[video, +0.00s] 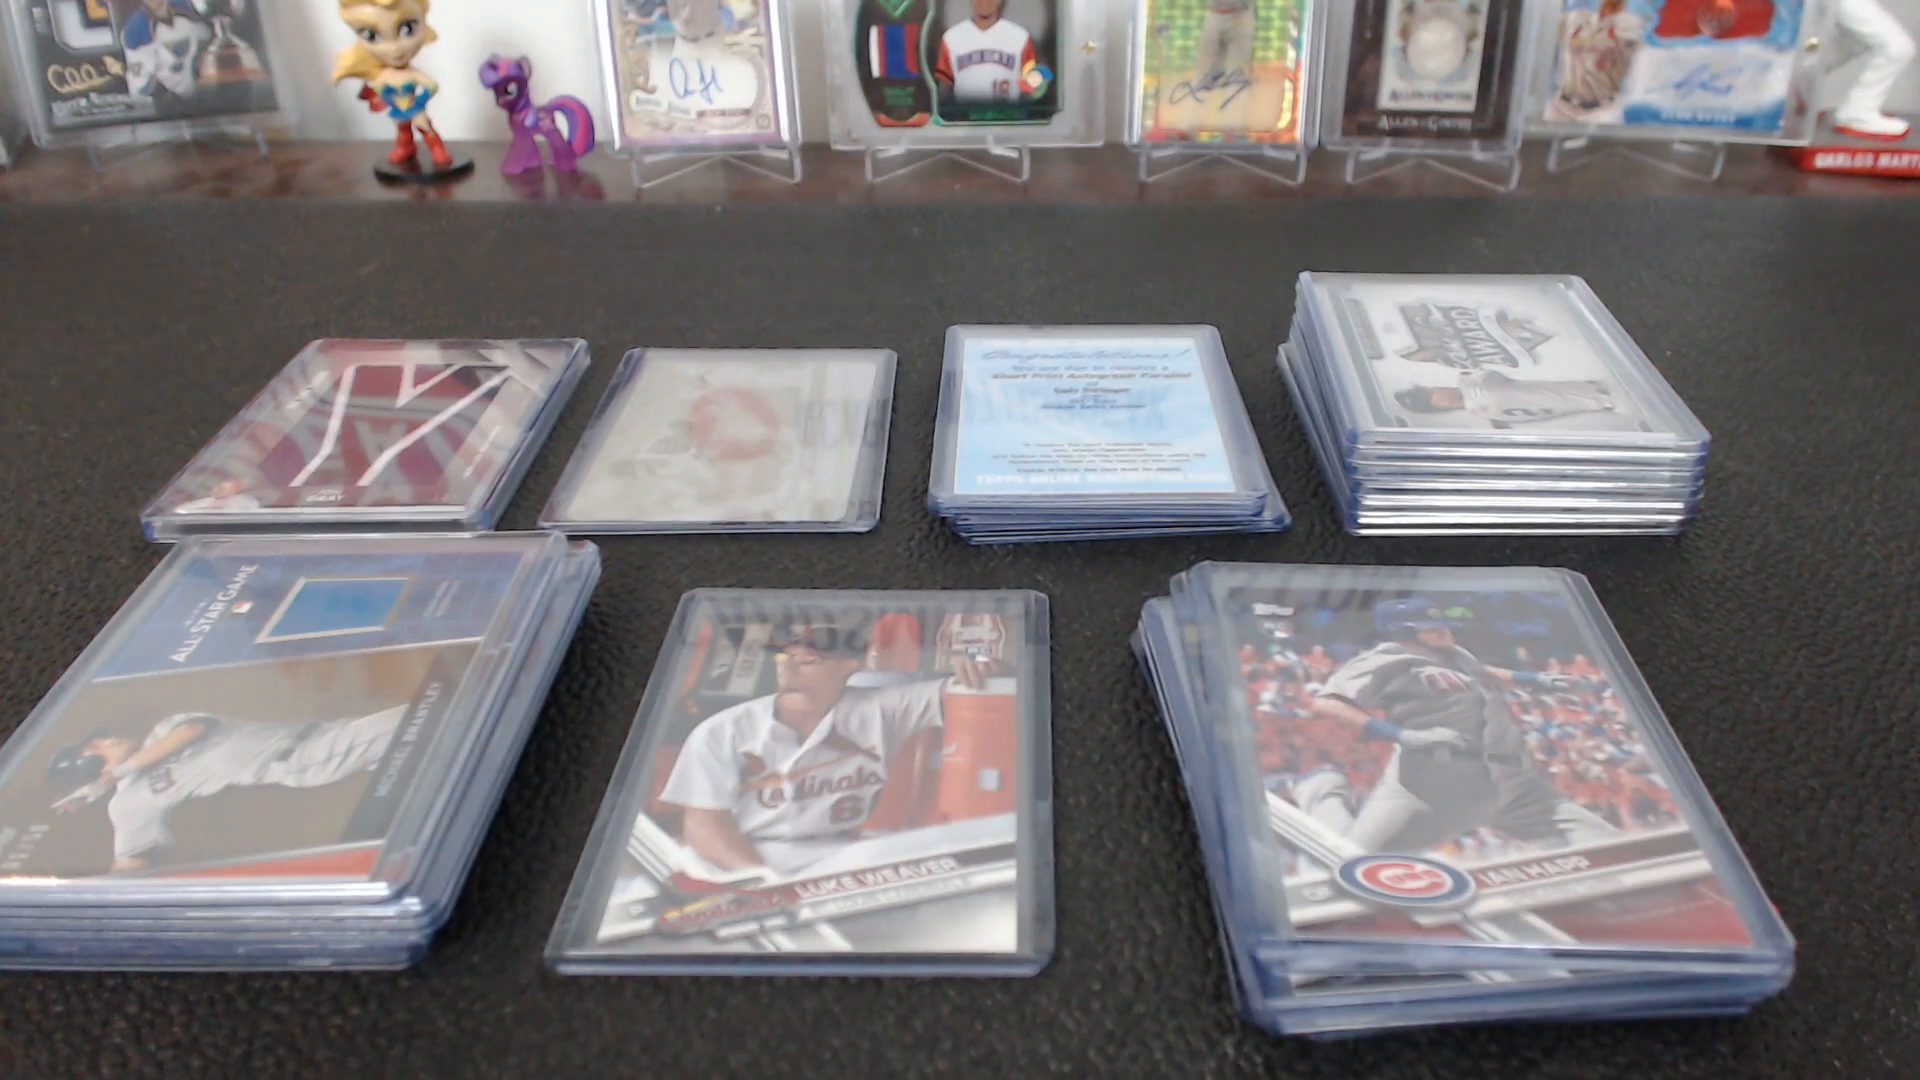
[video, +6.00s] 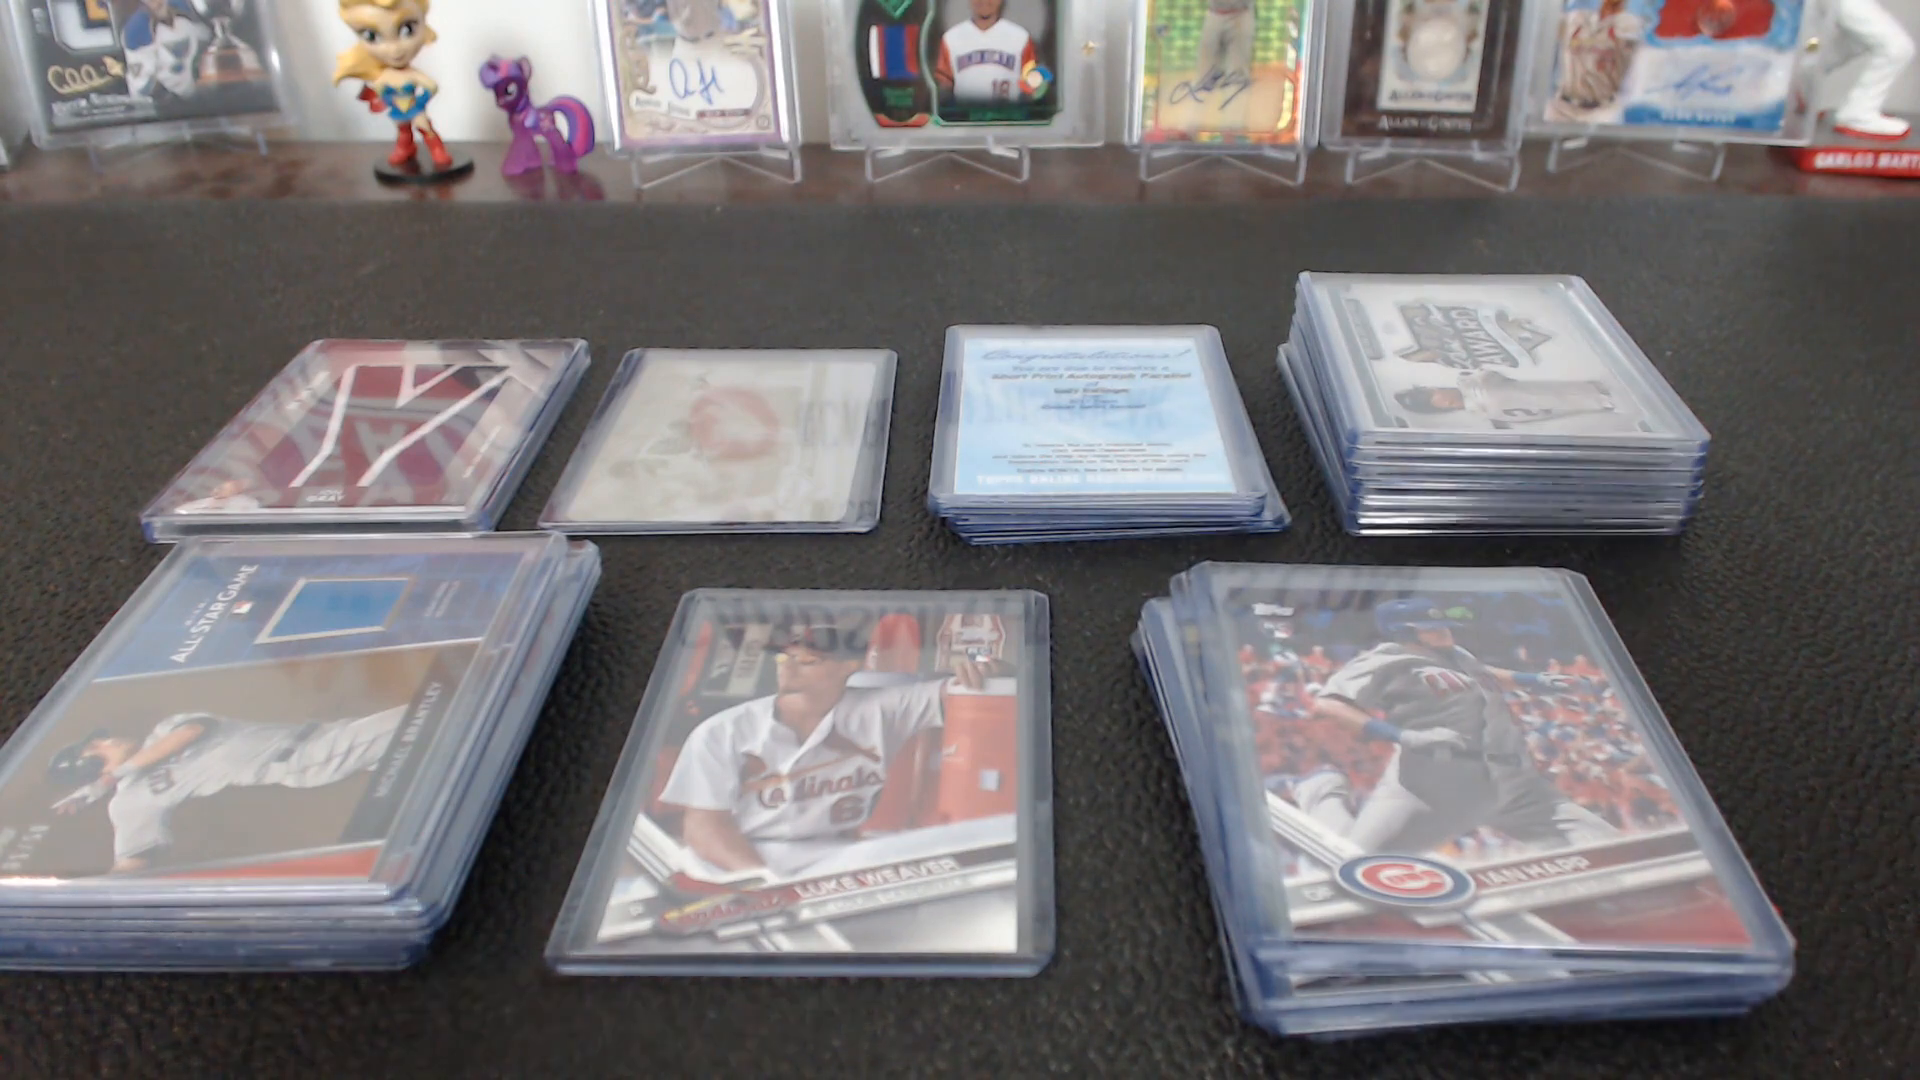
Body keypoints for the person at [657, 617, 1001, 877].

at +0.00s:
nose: (799, 655)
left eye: (820, 645)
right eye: (789, 643)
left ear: (852, 663)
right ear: (775, 656)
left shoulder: (876, 714)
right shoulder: (720, 735)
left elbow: (959, 690)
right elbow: (702, 829)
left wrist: (973, 671)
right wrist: (767, 884)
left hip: (830, 869)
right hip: (732, 872)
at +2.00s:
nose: (798, 655)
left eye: (820, 645)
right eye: (789, 643)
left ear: (853, 660)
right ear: (776, 654)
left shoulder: (877, 712)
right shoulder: (720, 735)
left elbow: (962, 689)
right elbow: (703, 829)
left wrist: (975, 670)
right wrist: (767, 883)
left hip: (828, 866)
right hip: (731, 870)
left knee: (891, 850)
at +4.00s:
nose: (797, 657)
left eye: (818, 647)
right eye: (789, 644)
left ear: (853, 664)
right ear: (776, 655)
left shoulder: (875, 716)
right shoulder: (720, 735)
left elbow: (954, 691)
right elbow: (703, 828)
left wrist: (973, 674)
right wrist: (767, 883)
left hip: (827, 866)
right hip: (730, 870)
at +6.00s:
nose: (794, 657)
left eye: (816, 647)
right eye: (787, 645)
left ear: (853, 663)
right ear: (776, 655)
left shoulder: (875, 714)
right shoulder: (720, 735)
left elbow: (958, 690)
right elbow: (703, 830)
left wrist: (974, 671)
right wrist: (768, 885)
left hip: (828, 868)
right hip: (730, 872)